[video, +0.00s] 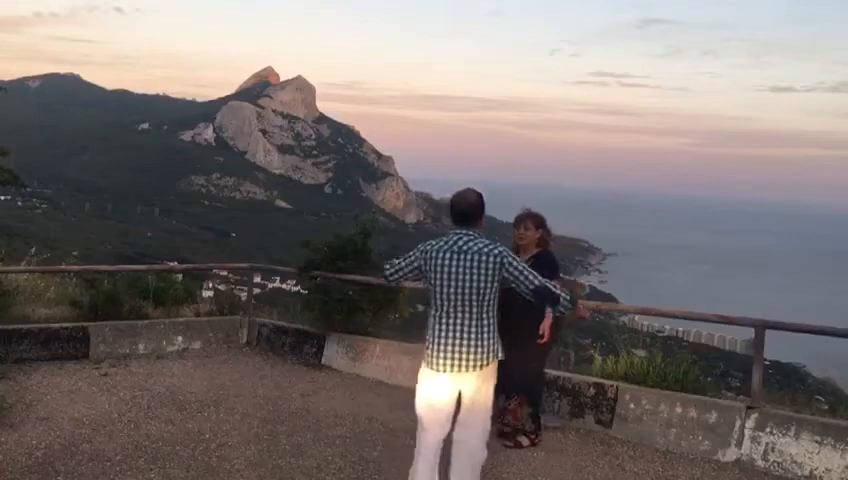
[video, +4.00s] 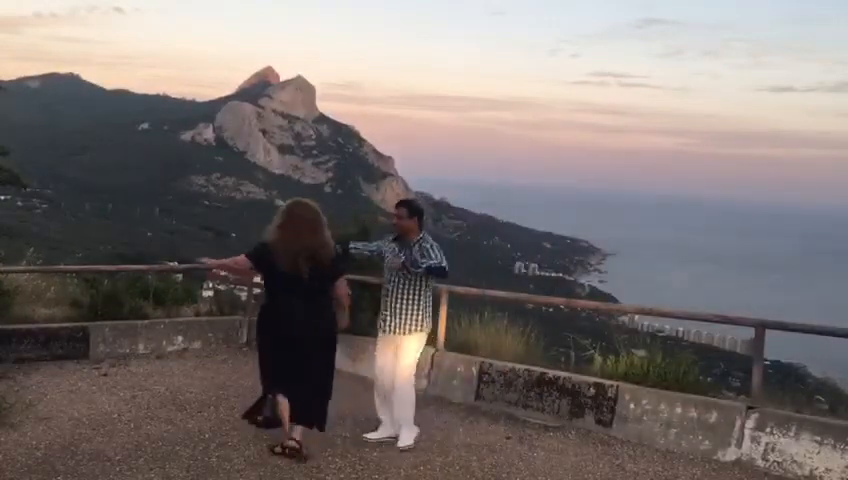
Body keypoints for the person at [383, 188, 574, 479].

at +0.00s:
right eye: (484, 215)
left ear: (450, 216)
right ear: (482, 218)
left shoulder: (430, 249)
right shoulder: (495, 252)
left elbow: (390, 273)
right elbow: (537, 286)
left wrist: (420, 271)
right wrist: (569, 303)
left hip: (439, 355)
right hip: (482, 356)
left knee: (429, 435)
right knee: (471, 436)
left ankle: (423, 475)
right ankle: (464, 475)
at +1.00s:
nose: (464, 219)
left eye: (465, 216)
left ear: (465, 219)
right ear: (496, 220)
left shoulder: (446, 251)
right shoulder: (512, 252)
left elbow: (405, 261)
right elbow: (553, 279)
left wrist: (438, 270)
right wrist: (588, 288)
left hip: (456, 347)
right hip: (496, 349)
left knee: (449, 414)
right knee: (482, 421)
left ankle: (449, 472)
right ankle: (473, 474)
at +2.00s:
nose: (449, 226)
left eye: (449, 222)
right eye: (451, 221)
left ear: (452, 224)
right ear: (476, 222)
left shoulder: (446, 254)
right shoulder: (498, 246)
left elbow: (410, 278)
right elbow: (534, 258)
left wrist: (385, 268)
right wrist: (545, 257)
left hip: (457, 337)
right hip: (493, 336)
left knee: (441, 391)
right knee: (484, 400)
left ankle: (452, 452)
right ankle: (482, 462)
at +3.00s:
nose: (411, 228)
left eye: (413, 222)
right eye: (411, 222)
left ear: (425, 223)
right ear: (432, 223)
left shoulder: (433, 245)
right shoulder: (447, 244)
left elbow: (417, 277)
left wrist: (400, 273)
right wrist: (405, 274)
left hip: (429, 327)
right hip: (444, 325)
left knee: (403, 380)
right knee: (437, 384)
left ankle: (422, 432)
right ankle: (443, 438)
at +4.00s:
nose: (394, 221)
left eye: (400, 217)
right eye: (395, 217)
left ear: (415, 220)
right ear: (397, 219)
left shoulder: (426, 245)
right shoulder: (390, 244)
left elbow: (442, 271)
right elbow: (365, 248)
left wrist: (413, 265)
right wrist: (341, 247)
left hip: (414, 325)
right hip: (388, 322)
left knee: (402, 377)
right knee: (382, 375)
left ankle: (407, 429)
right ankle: (388, 426)